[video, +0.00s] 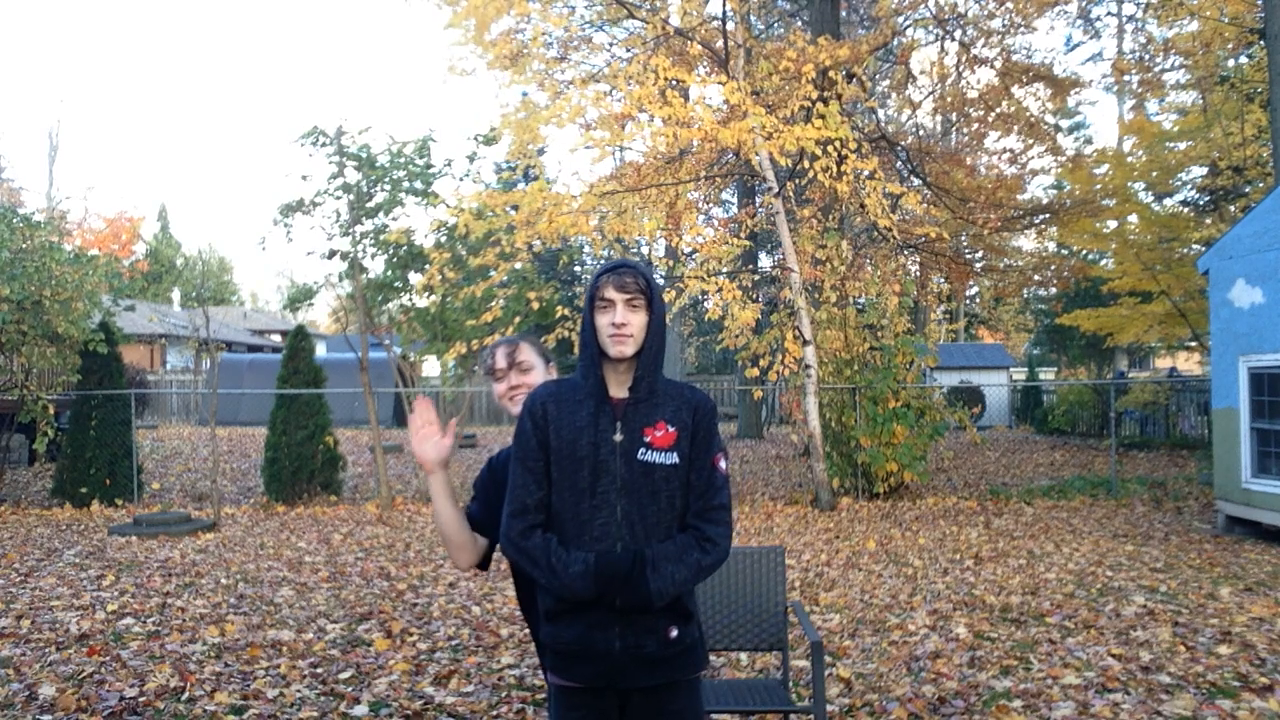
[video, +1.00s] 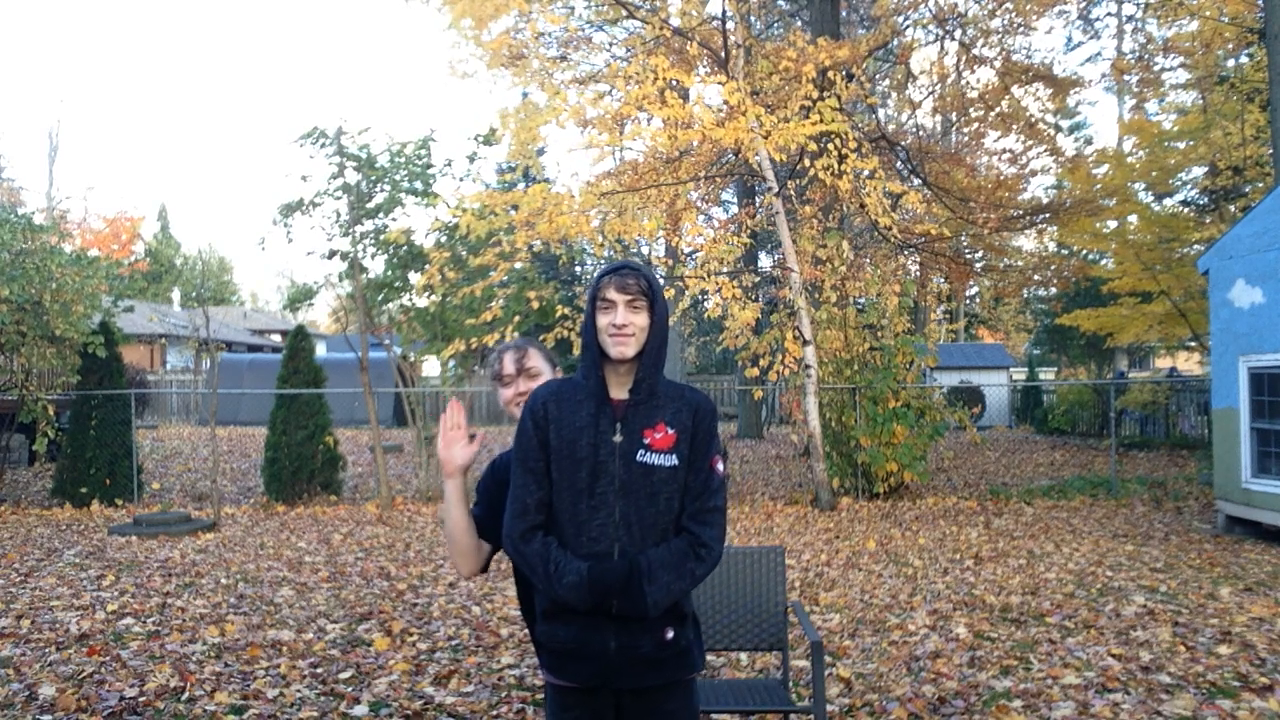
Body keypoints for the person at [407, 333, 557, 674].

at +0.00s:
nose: (512, 383)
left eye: (524, 369)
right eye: (499, 376)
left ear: (552, 372)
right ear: (494, 391)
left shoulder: (602, 442)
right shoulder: (504, 469)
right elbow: (468, 556)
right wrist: (435, 471)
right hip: (566, 651)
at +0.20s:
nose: (510, 384)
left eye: (522, 369)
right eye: (497, 377)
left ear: (550, 373)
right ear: (491, 393)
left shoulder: (603, 439)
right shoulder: (505, 469)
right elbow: (464, 554)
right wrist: (438, 467)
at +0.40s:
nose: (509, 385)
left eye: (520, 371)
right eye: (496, 379)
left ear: (548, 375)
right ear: (489, 396)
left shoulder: (600, 441)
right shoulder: (503, 470)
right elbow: (464, 557)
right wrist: (443, 468)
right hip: (568, 656)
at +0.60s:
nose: (509, 386)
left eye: (520, 371)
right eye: (496, 380)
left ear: (548, 375)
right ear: (489, 396)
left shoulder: (599, 442)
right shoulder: (503, 469)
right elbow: (463, 557)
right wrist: (439, 471)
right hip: (565, 654)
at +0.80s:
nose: (512, 387)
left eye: (524, 373)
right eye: (499, 381)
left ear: (551, 376)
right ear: (490, 395)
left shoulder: (601, 444)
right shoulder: (503, 470)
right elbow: (464, 559)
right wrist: (440, 472)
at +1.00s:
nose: (521, 389)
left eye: (533, 375)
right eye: (507, 382)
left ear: (558, 377)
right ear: (498, 395)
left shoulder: (602, 446)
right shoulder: (508, 470)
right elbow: (470, 563)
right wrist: (453, 476)